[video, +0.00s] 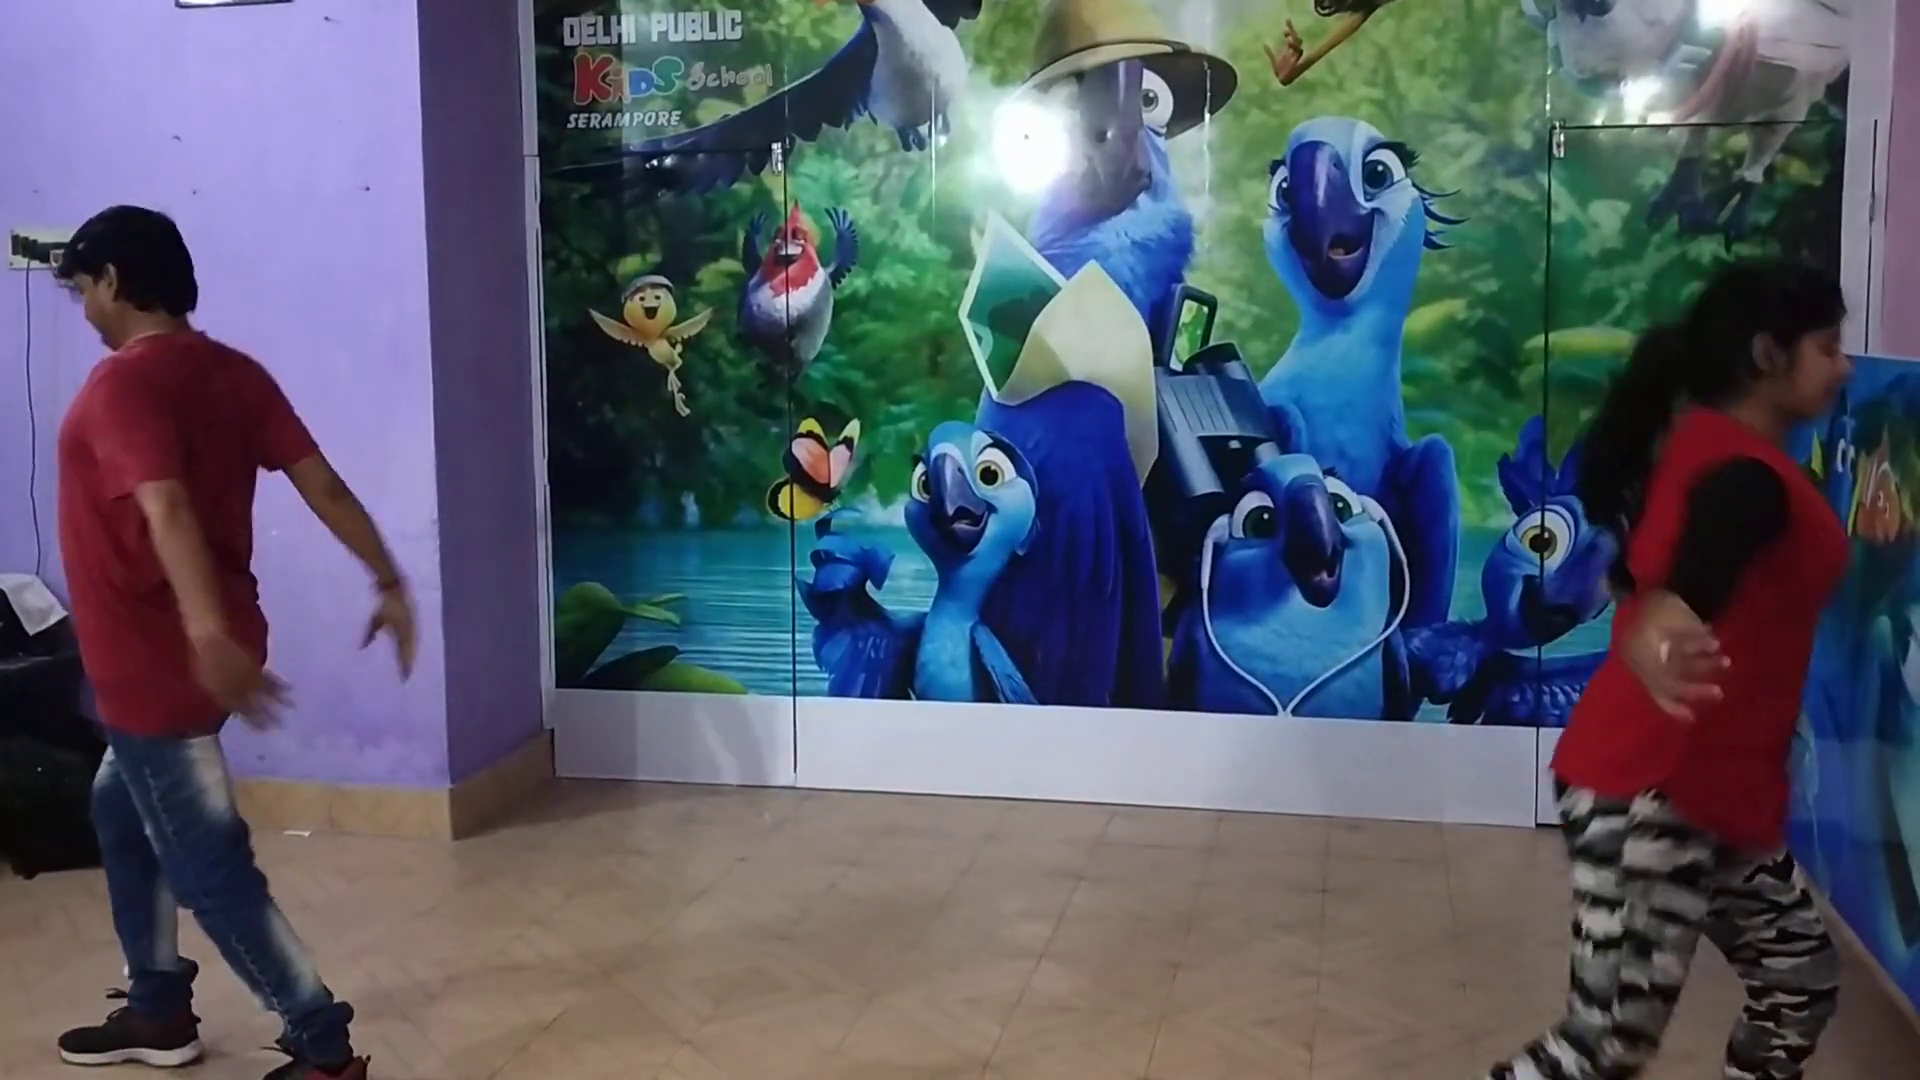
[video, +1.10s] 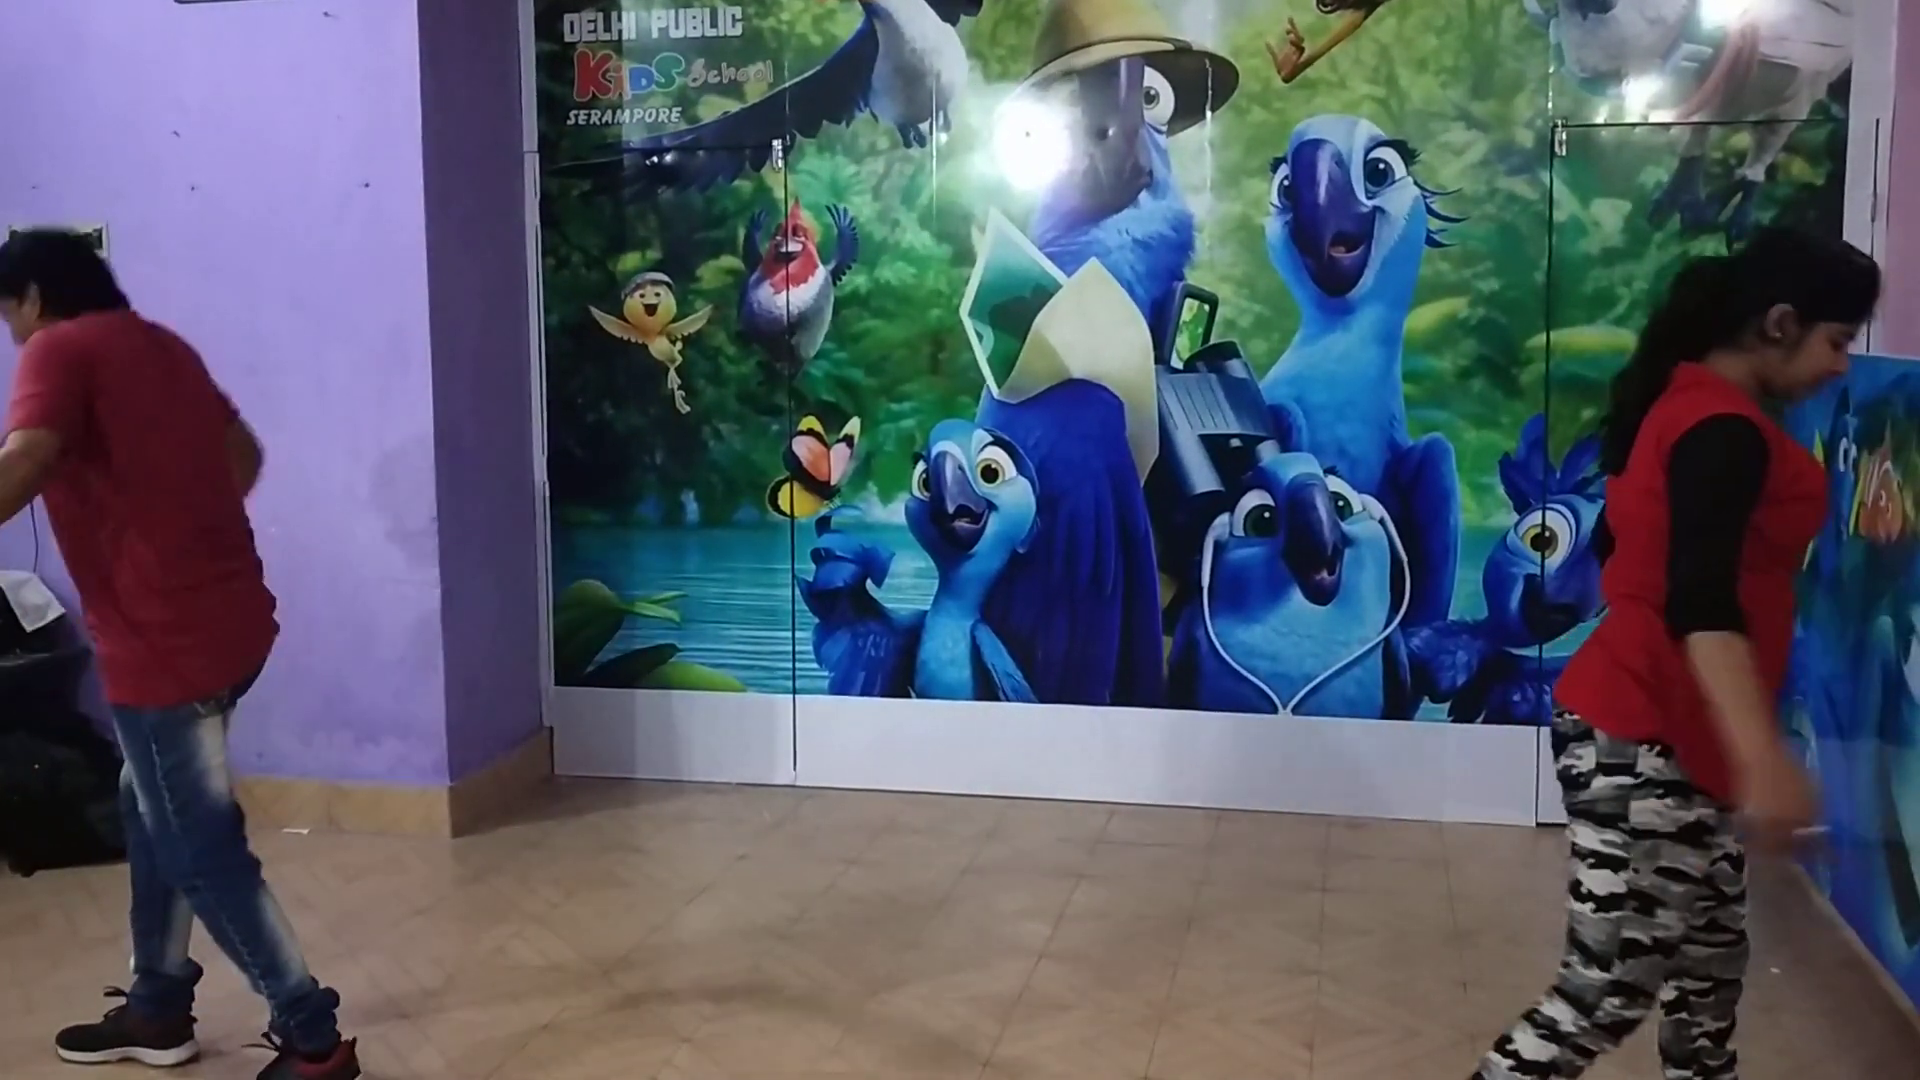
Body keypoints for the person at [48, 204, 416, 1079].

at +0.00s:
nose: (79, 307)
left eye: (80, 288)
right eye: (76, 291)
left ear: (110, 283)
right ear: (174, 281)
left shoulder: (122, 386)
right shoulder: (236, 372)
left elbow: (168, 507)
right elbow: (319, 481)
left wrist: (211, 635)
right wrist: (387, 575)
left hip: (148, 672)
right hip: (215, 650)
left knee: (211, 867)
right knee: (120, 810)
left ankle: (324, 1046)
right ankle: (157, 1010)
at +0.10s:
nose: (56, 307)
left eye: (61, 291)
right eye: (57, 291)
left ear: (92, 297)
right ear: (148, 299)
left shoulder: (89, 398)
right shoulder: (208, 386)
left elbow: (107, 516)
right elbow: (301, 481)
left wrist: (120, 631)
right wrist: (396, 549)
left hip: (154, 664)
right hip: (225, 648)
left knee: (177, 901)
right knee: (105, 810)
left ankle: (317, 1045)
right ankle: (153, 1011)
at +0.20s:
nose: (12, 346)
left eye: (20, 330)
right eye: (14, 329)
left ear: (50, 336)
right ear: (101, 339)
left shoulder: (43, 436)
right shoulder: (161, 420)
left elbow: (30, 555)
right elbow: (264, 506)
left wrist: (9, 644)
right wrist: (357, 555)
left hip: (183, 690)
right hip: (251, 667)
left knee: (135, 903)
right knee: (99, 805)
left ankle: (296, 1032)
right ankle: (151, 1012)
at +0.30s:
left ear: (4, 418)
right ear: (59, 413)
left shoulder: (20, 504)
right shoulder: (112, 478)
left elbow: (9, 609)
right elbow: (180, 568)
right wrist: (261, 600)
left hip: (213, 708)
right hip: (270, 677)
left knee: (128, 912)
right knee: (108, 803)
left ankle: (297, 1034)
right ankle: (153, 1015)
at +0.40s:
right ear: (34, 487)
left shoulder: (18, 564)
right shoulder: (82, 529)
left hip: (231, 713)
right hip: (290, 680)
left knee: (124, 913)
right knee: (119, 803)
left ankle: (300, 1037)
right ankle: (152, 1014)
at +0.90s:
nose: (2, 431)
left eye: (1, 419)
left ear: (12, 401)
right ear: (62, 382)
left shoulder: (37, 428)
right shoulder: (131, 412)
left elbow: (7, 530)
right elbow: (178, 536)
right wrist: (92, 607)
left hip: (195, 662)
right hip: (266, 642)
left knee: (181, 886)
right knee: (144, 834)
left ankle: (310, 1042)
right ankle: (158, 1014)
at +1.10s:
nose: (10, 326)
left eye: (10, 309)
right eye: (8, 311)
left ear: (38, 297)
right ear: (93, 288)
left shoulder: (54, 350)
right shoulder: (165, 344)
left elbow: (27, 463)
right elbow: (243, 454)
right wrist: (175, 527)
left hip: (156, 644)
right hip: (235, 621)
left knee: (207, 853)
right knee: (153, 820)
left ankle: (314, 1040)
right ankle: (157, 1012)